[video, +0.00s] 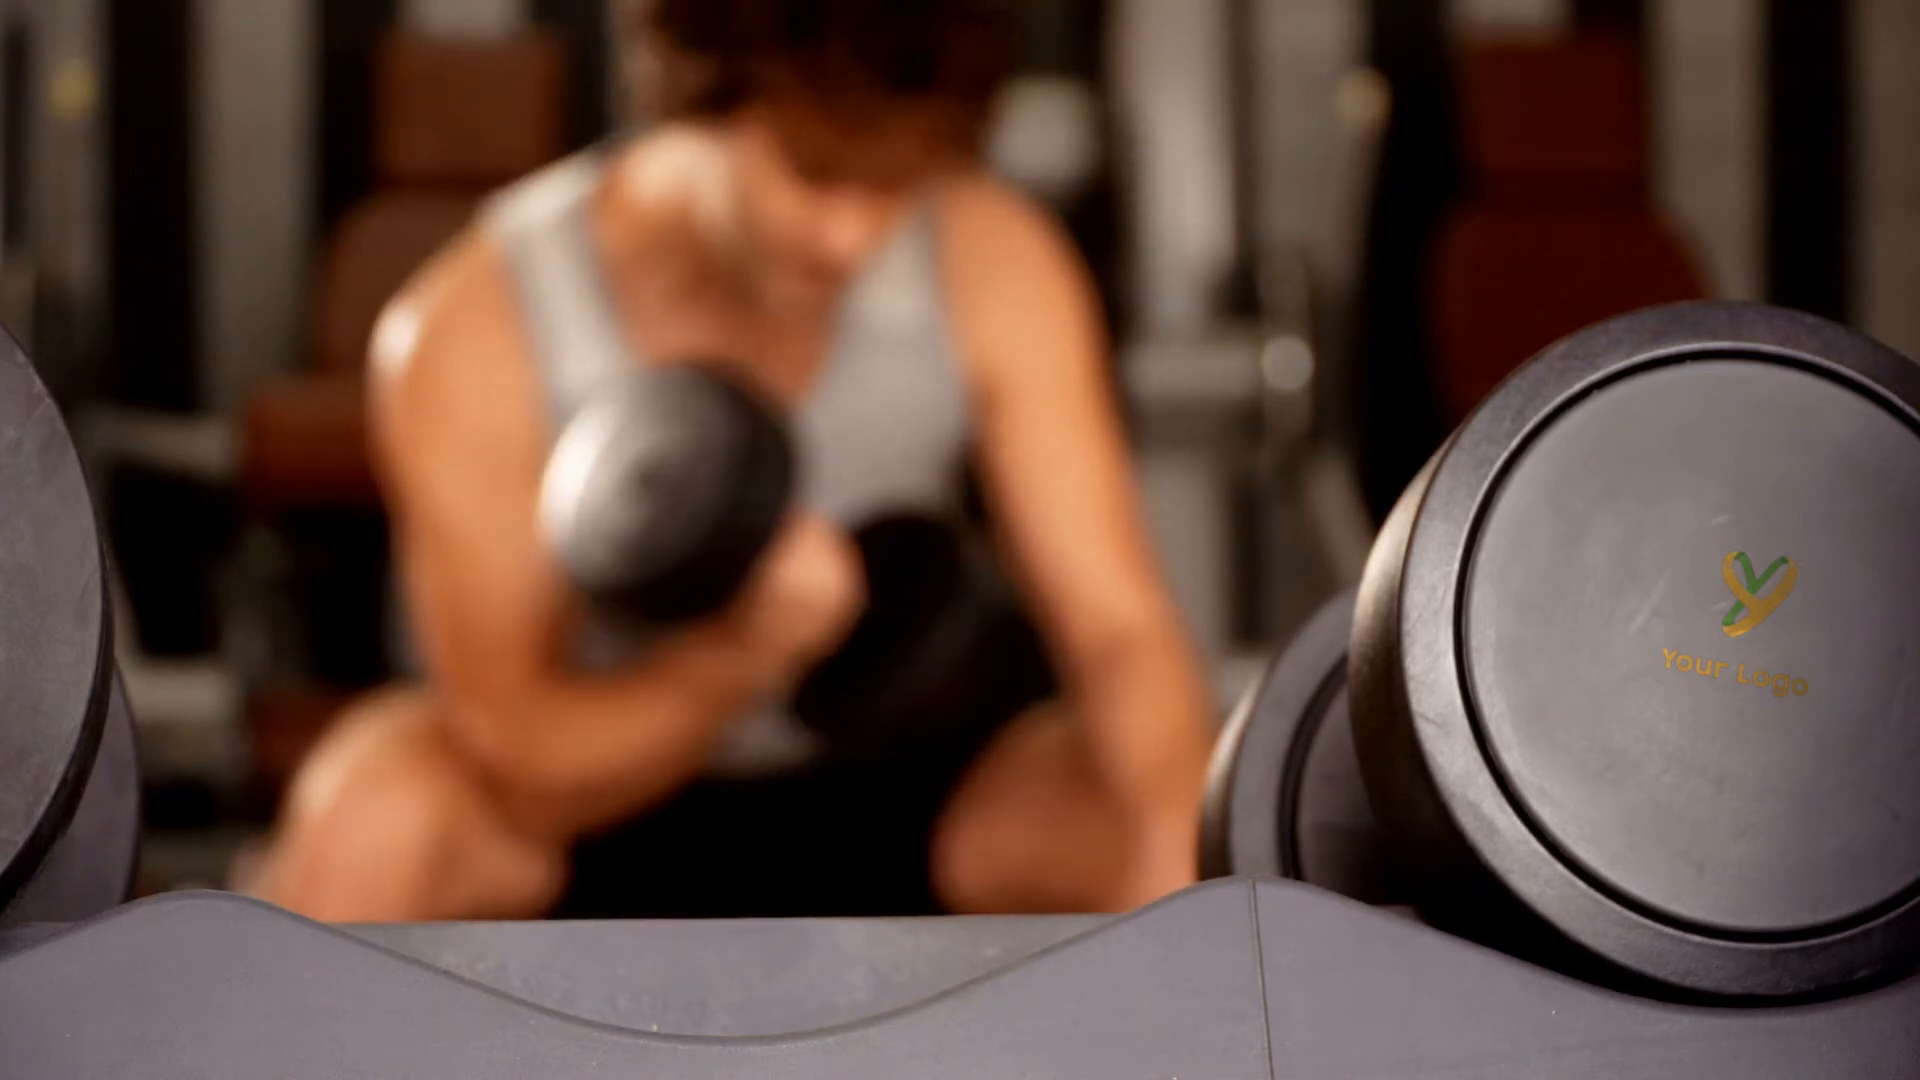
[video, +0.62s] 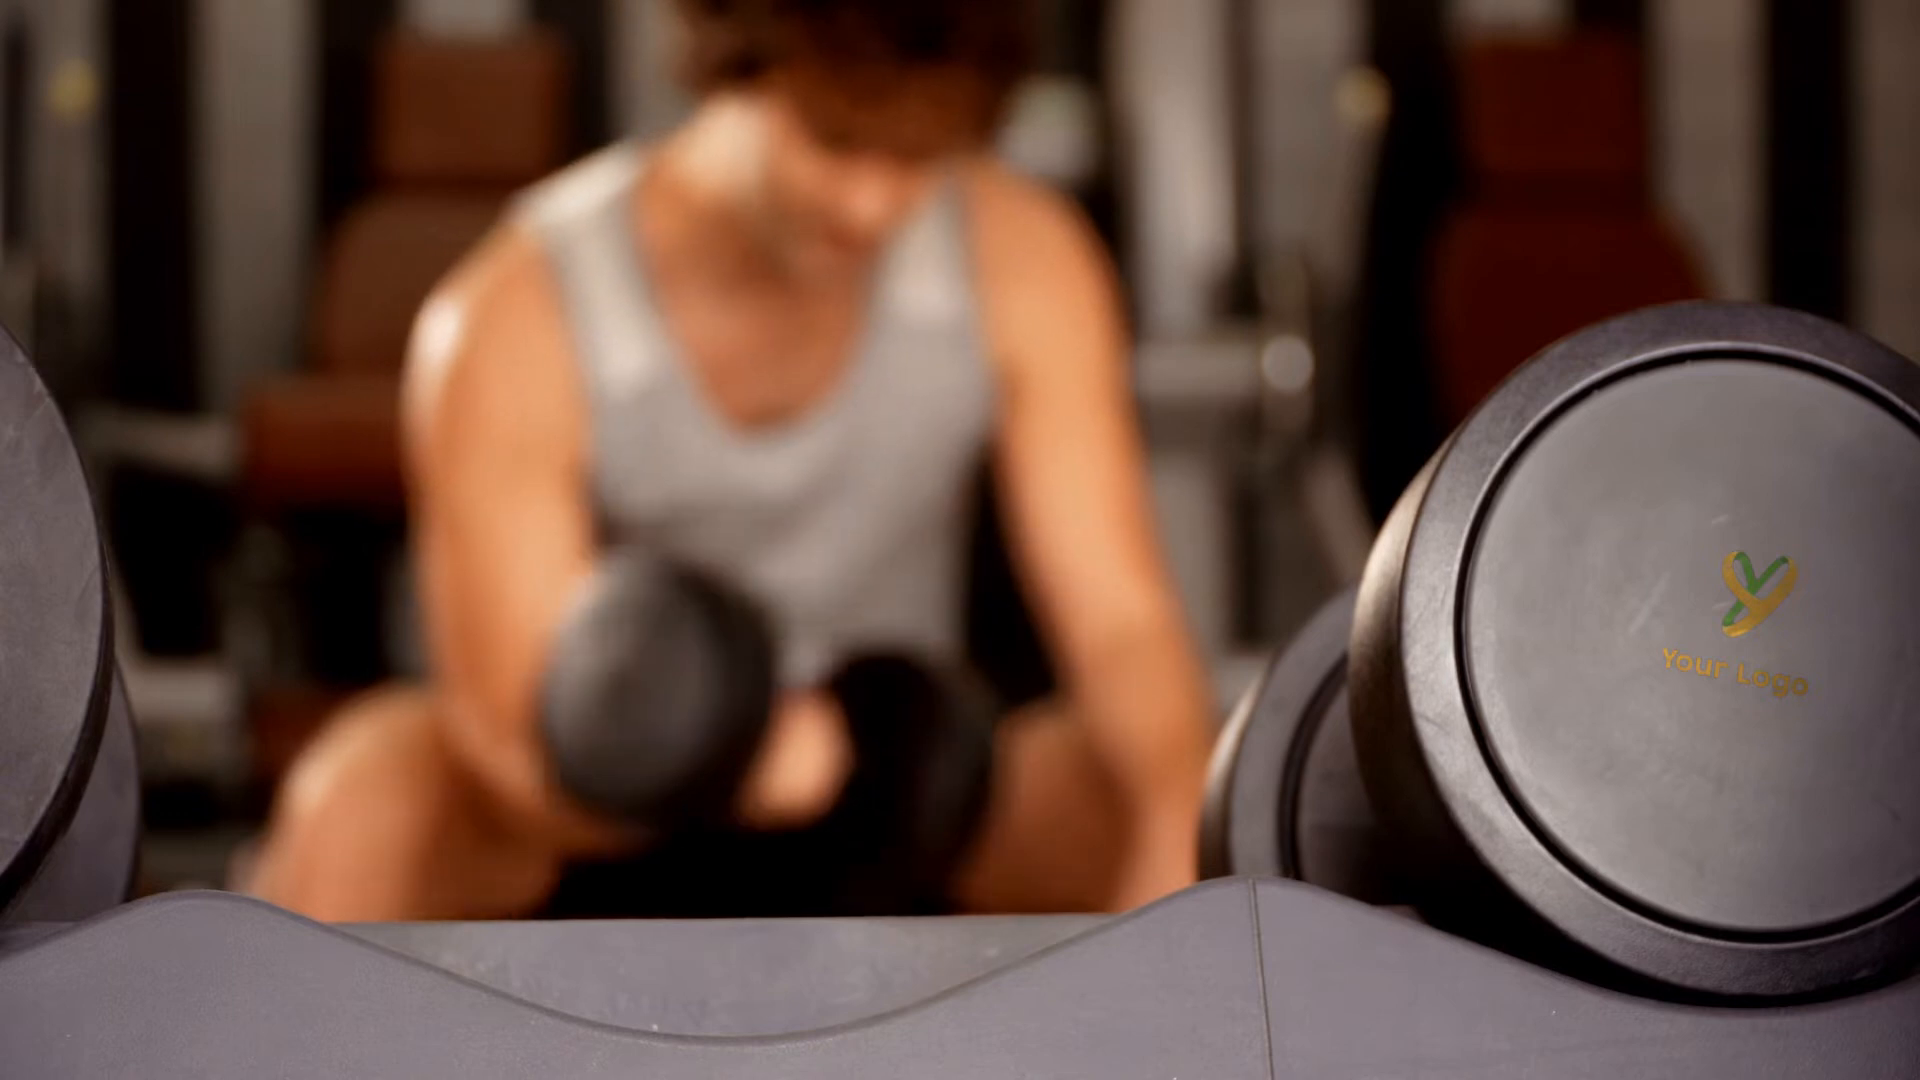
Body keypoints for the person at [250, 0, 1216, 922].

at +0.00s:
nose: (854, 233)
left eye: (901, 183)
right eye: (815, 173)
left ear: (949, 148)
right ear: (709, 102)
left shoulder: (990, 255)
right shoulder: (466, 330)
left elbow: (1119, 633)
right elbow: (531, 771)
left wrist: (1180, 885)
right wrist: (750, 653)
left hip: (891, 783)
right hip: (598, 807)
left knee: (1181, 813)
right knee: (374, 804)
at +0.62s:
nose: (870, 205)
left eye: (920, 156)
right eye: (836, 143)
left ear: (976, 122)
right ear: (740, 69)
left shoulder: (1016, 250)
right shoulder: (513, 315)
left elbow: (1121, 628)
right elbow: (533, 761)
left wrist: (1174, 853)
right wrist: (842, 748)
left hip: (891, 808)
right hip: (610, 818)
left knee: (1190, 785)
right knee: (368, 784)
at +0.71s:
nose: (875, 205)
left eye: (923, 158)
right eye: (841, 145)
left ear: (983, 123)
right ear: (744, 68)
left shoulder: (1025, 252)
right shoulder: (526, 317)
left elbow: (1126, 638)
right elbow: (520, 732)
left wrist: (1165, 868)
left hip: (905, 795)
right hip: (628, 792)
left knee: (1189, 767)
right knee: (364, 787)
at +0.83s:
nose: (876, 205)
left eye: (926, 161)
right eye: (844, 145)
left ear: (988, 128)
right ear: (752, 70)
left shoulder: (1033, 253)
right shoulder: (541, 325)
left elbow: (1122, 631)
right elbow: (518, 769)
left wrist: (1162, 857)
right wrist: (652, 979)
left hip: (905, 776)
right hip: (619, 785)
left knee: (1187, 808)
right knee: (357, 794)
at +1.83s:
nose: (895, 328)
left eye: (949, 281)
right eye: (858, 263)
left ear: (1014, 265)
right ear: (766, 204)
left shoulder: (1045, 282)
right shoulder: (582, 397)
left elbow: (1101, 662)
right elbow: (507, 832)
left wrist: (998, 832)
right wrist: (521, 1076)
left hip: (893, 784)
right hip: (612, 794)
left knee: (1137, 830)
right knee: (343, 805)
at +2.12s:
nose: (918, 256)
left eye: (971, 208)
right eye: (876, 190)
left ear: (1041, 198)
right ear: (785, 146)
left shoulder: (1094, 254)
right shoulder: (615, 299)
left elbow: (1099, 643)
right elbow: (506, 740)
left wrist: (899, 928)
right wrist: (537, 1039)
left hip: (880, 672)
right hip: (579, 674)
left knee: (1117, 846)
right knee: (348, 802)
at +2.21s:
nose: (910, 153)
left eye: (964, 106)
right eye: (867, 90)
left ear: (1030, 104)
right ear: (783, 62)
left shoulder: (1092, 183)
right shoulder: (612, 205)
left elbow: (1073, 577)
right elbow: (501, 645)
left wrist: (918, 923)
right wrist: (541, 980)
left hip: (880, 589)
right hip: (579, 593)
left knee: (1101, 855)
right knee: (342, 833)